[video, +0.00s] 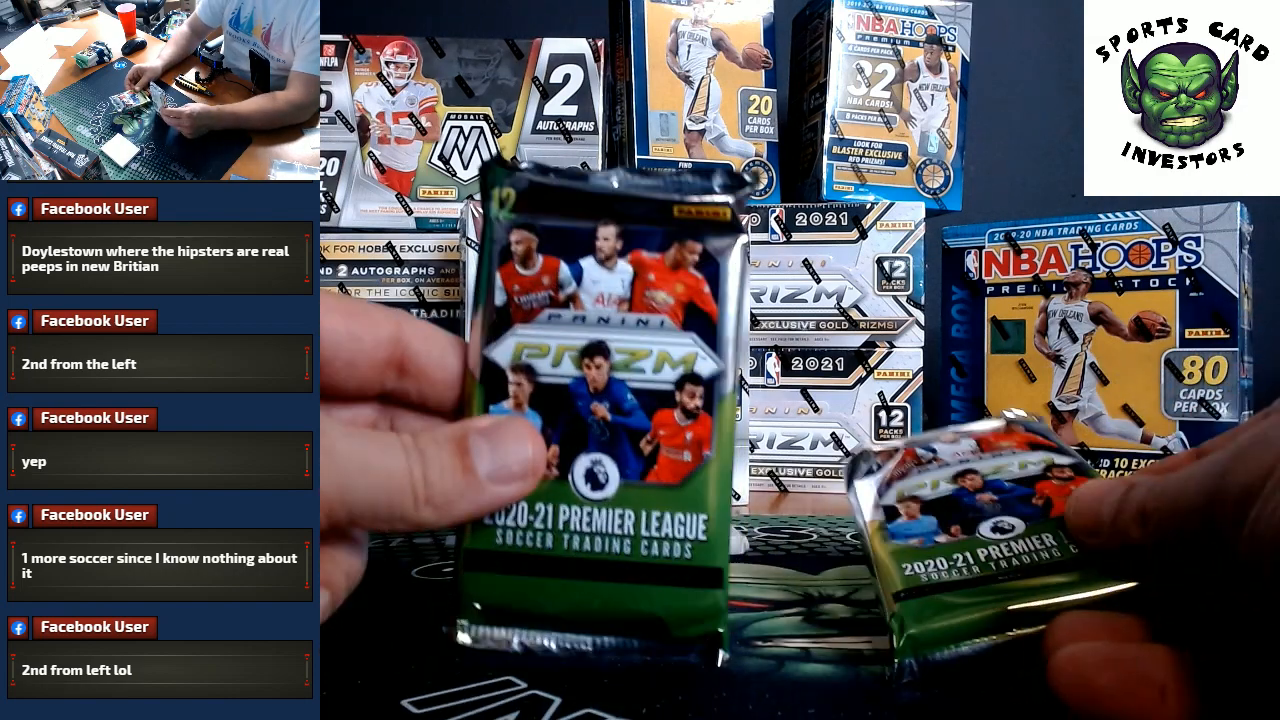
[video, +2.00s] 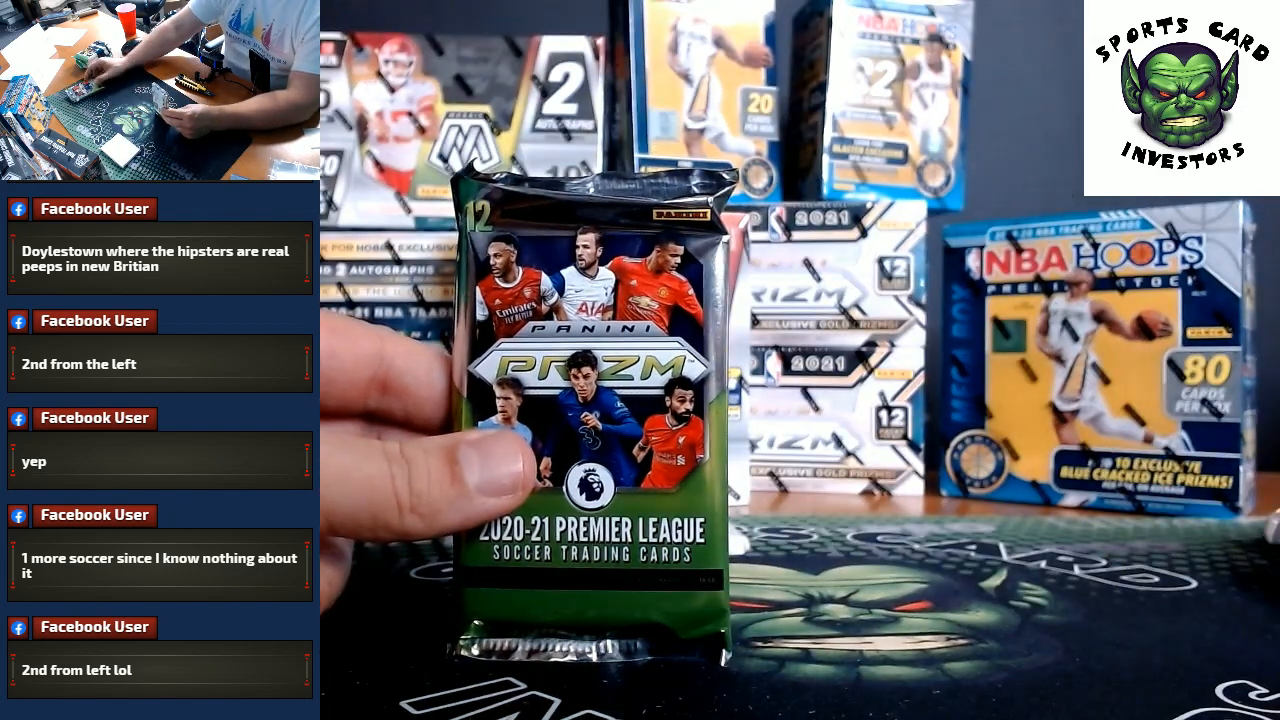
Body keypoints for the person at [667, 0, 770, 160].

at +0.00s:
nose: (697, 9)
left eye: (702, 6)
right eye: (695, 6)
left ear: (711, 11)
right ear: (692, 8)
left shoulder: (715, 34)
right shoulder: (678, 25)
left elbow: (739, 59)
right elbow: (670, 54)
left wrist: (764, 63)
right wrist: (678, 72)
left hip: (705, 87)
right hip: (692, 88)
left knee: (692, 141)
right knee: (725, 145)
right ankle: (762, 156)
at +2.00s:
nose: (694, 11)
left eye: (697, 8)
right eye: (688, 7)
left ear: (702, 8)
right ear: (683, 6)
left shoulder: (712, 31)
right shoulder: (679, 25)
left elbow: (734, 54)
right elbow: (671, 53)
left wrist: (756, 59)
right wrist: (678, 70)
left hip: (706, 84)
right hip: (692, 85)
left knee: (692, 138)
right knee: (724, 142)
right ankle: (757, 152)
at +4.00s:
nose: (695, 11)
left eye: (698, 8)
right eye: (690, 7)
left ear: (703, 8)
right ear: (684, 6)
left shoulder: (712, 30)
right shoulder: (679, 25)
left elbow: (734, 54)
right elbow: (671, 53)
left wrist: (755, 59)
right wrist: (678, 70)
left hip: (706, 84)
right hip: (692, 85)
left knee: (692, 138)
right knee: (724, 142)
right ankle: (756, 152)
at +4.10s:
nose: (693, 10)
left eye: (697, 7)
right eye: (688, 7)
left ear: (702, 8)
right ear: (683, 6)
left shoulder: (712, 30)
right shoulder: (679, 25)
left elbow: (734, 54)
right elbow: (671, 53)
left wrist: (755, 59)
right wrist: (678, 70)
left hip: (706, 84)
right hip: (692, 85)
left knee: (692, 138)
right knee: (724, 142)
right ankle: (757, 152)